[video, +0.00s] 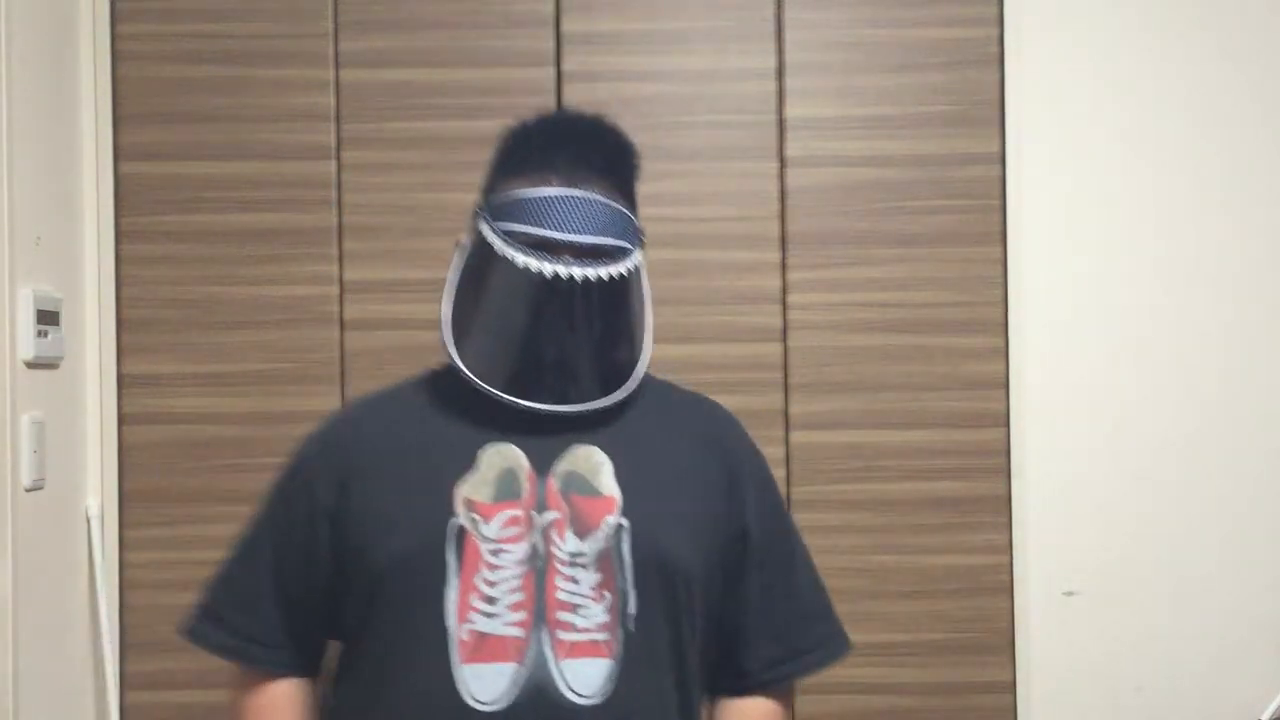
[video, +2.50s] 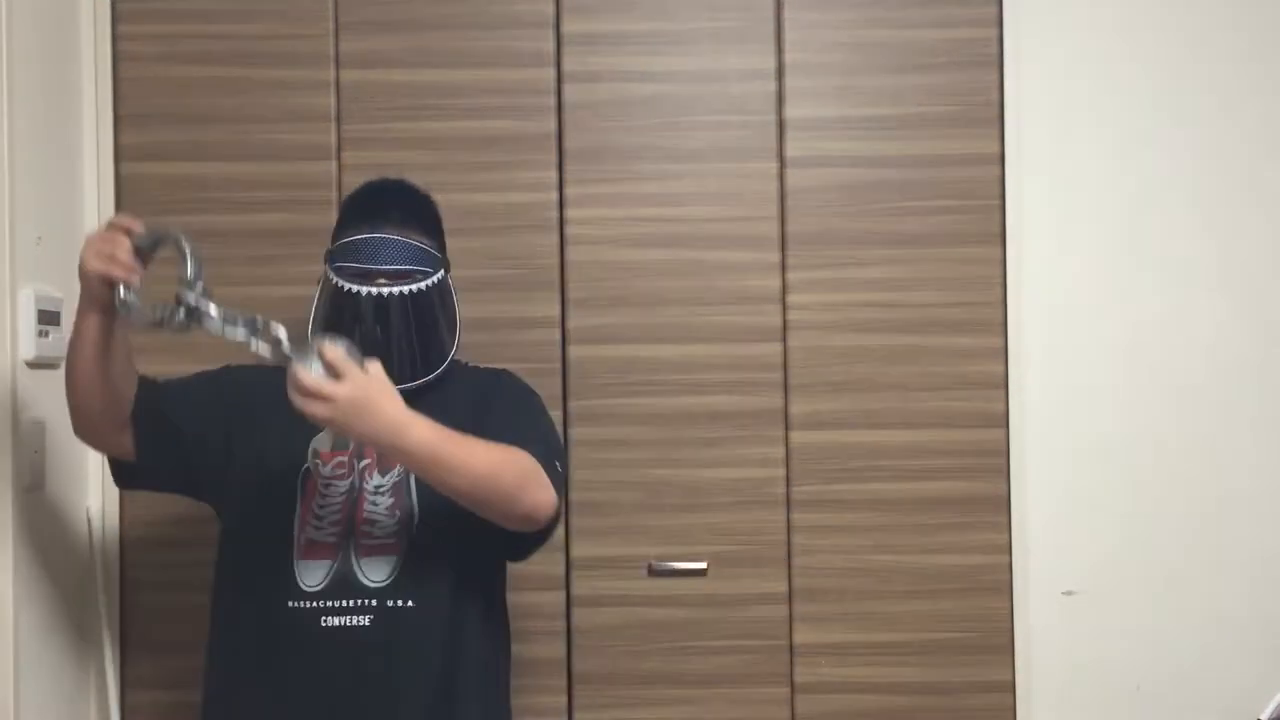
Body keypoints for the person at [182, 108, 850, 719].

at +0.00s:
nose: (557, 286)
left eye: (587, 258)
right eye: (531, 253)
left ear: (629, 263)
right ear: (479, 251)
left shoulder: (711, 452)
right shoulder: (356, 452)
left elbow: (753, 689)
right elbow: (273, 672)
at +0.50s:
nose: (680, 281)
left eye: (701, 257)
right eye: (658, 257)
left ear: (736, 259)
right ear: (620, 259)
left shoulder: (824, 416)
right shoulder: (538, 428)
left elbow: (899, 600)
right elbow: (483, 608)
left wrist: (889, 712)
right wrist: (471, 712)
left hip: (774, 705)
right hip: (589, 706)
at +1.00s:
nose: (628, 299)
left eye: (651, 279)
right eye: (606, 278)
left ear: (685, 281)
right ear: (572, 275)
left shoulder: (752, 427)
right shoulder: (492, 426)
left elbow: (802, 588)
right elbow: (429, 551)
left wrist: (783, 710)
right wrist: (481, 644)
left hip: (708, 705)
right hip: (549, 708)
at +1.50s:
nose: (586, 307)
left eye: (608, 287)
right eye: (564, 286)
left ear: (642, 287)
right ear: (533, 283)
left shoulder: (707, 422)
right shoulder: (462, 424)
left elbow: (752, 569)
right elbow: (396, 548)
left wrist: (716, 694)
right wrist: (458, 581)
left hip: (661, 705)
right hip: (508, 702)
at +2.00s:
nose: (492, 327)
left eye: (514, 304)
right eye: (471, 303)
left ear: (550, 301)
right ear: (443, 298)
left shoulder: (612, 422)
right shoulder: (375, 424)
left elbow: (693, 546)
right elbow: (267, 521)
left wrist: (561, 586)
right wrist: (266, 443)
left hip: (578, 700)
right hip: (418, 700)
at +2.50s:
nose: (382, 306)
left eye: (404, 284)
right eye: (360, 283)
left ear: (442, 290)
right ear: (329, 284)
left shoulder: (491, 403)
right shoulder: (257, 401)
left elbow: (533, 504)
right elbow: (109, 421)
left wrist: (392, 425)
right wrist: (98, 306)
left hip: (441, 703)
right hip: (267, 703)